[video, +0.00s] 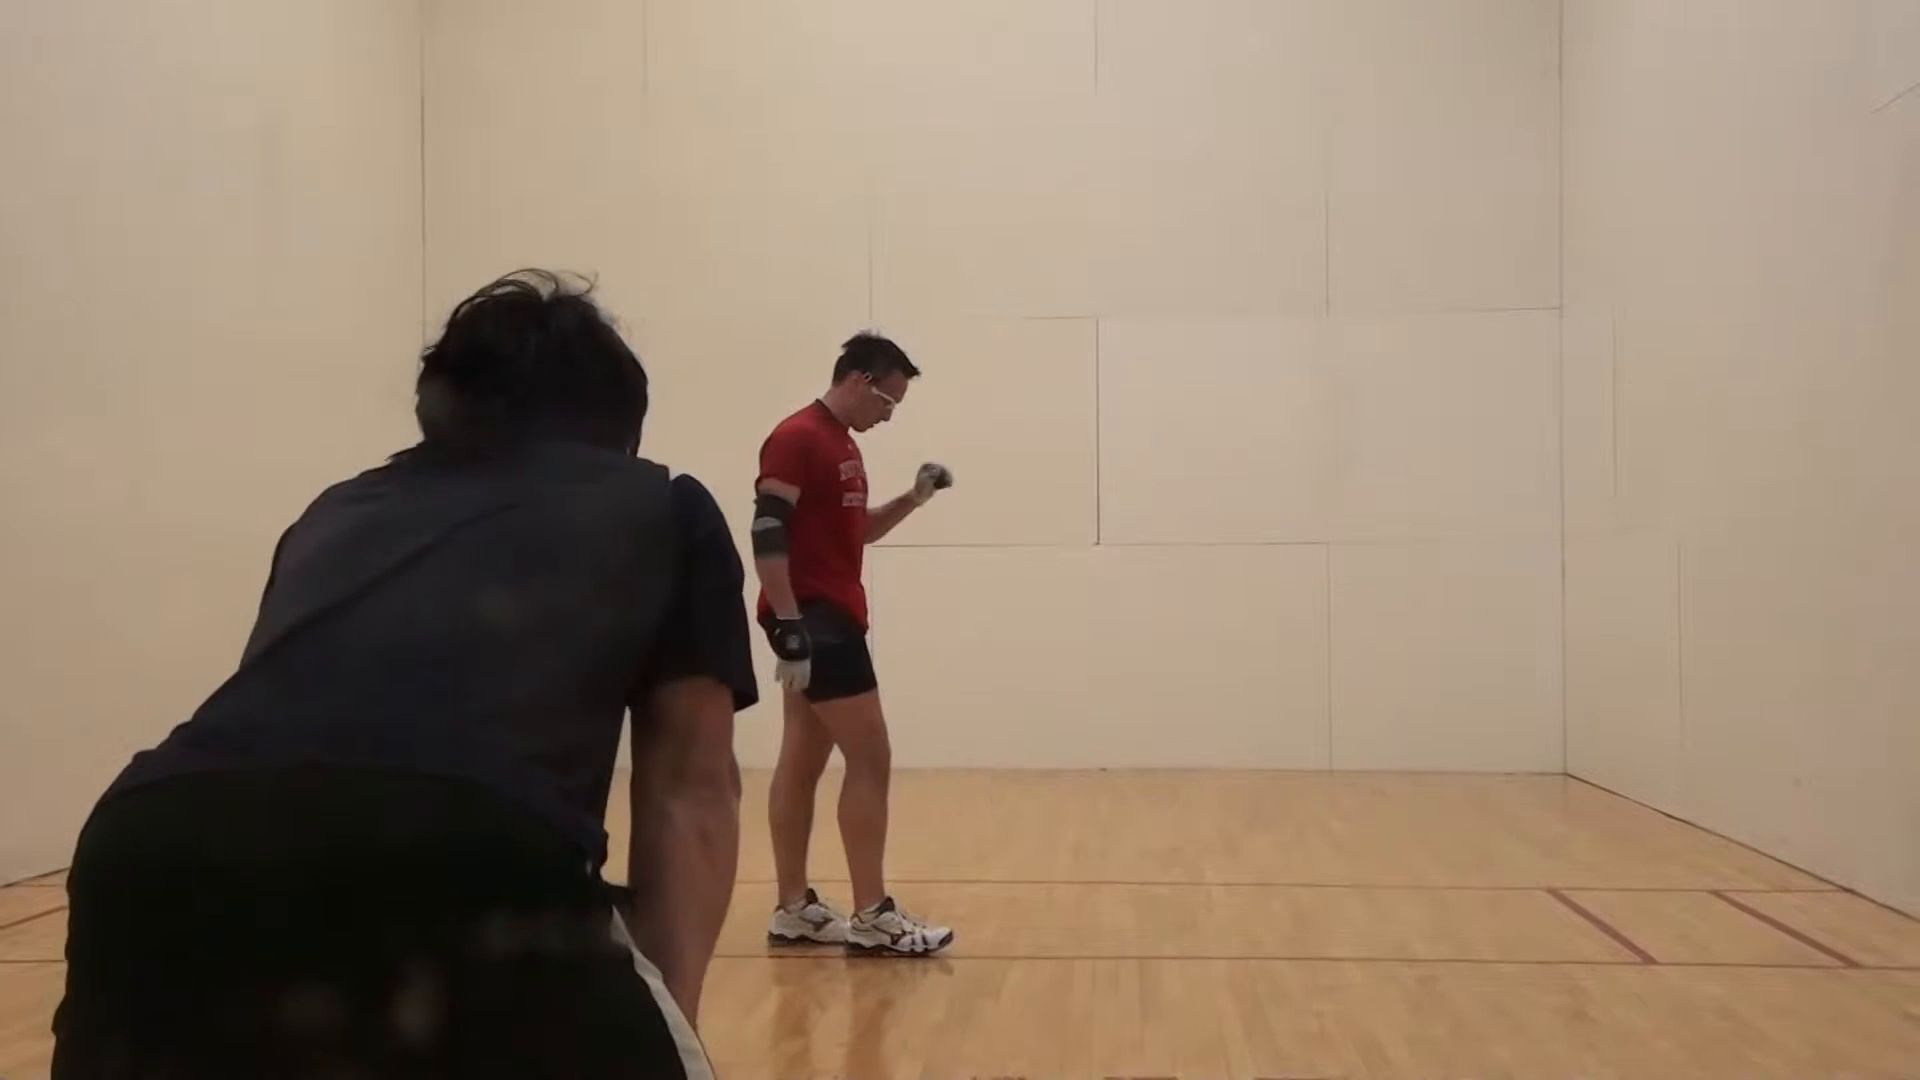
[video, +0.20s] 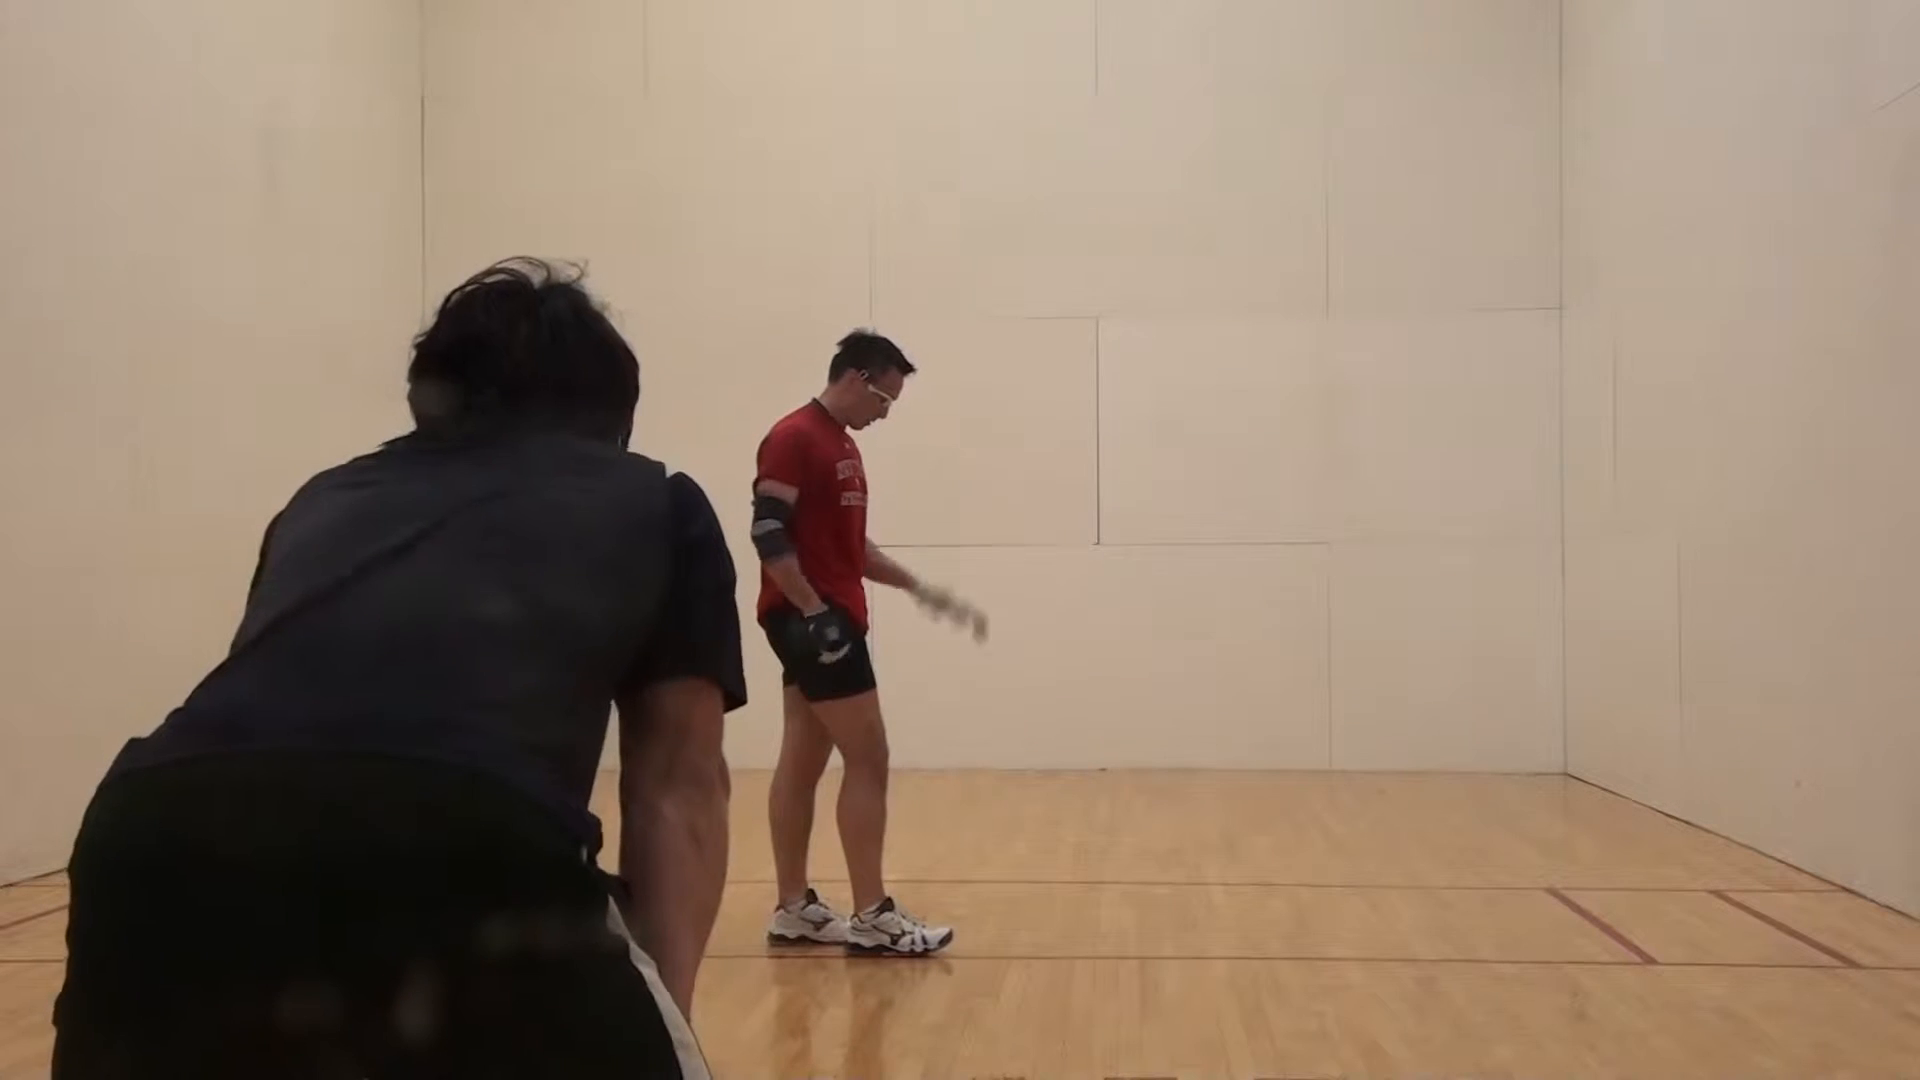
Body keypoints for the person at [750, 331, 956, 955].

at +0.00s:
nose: (890, 411)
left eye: (895, 402)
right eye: (888, 398)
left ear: (862, 387)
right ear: (855, 380)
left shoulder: (841, 443)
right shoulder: (799, 437)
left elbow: (856, 531)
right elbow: (767, 534)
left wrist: (913, 497)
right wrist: (791, 628)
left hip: (823, 622)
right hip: (820, 625)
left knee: (799, 764)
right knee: (870, 759)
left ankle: (793, 907)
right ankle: (871, 913)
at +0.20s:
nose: (885, 412)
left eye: (891, 401)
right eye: (884, 397)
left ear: (857, 384)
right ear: (854, 378)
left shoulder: (839, 444)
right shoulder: (794, 438)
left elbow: (851, 548)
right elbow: (768, 535)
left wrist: (922, 590)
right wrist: (814, 612)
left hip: (825, 619)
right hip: (816, 623)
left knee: (801, 760)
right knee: (867, 758)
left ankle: (793, 906)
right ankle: (872, 914)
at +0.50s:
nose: (883, 411)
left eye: (888, 401)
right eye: (882, 397)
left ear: (854, 384)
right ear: (849, 378)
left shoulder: (833, 439)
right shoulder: (797, 436)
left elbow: (815, 531)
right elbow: (782, 530)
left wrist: (849, 600)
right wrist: (865, 561)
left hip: (822, 616)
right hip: (811, 618)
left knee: (800, 760)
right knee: (868, 758)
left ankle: (793, 907)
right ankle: (872, 913)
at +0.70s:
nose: (881, 412)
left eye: (887, 401)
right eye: (880, 398)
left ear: (848, 384)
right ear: (849, 380)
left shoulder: (816, 438)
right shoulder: (804, 440)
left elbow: (825, 529)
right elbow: (810, 533)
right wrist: (890, 507)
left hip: (805, 617)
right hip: (817, 619)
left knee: (796, 761)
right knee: (871, 758)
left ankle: (793, 908)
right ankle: (872, 912)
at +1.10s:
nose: (881, 411)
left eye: (886, 399)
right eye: (880, 396)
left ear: (845, 382)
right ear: (850, 379)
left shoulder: (812, 437)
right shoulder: (807, 440)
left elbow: (812, 545)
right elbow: (801, 545)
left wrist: (858, 601)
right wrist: (867, 597)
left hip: (804, 616)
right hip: (813, 618)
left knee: (797, 759)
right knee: (871, 757)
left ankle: (793, 907)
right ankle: (872, 912)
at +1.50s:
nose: (882, 410)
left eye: (887, 400)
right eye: (879, 396)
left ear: (852, 386)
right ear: (846, 379)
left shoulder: (833, 442)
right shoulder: (794, 438)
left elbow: (841, 529)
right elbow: (763, 534)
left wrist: (899, 513)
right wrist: (787, 626)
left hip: (819, 622)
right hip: (820, 625)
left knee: (799, 763)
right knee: (870, 757)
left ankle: (793, 907)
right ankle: (871, 912)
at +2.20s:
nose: (866, 411)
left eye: (871, 400)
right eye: (862, 397)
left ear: (838, 386)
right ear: (829, 379)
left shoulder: (817, 440)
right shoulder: (783, 436)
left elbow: (805, 536)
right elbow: (769, 532)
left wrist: (855, 573)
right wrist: (857, 567)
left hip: (806, 616)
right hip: (798, 618)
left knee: (783, 761)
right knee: (854, 757)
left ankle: (771, 906)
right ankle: (849, 912)